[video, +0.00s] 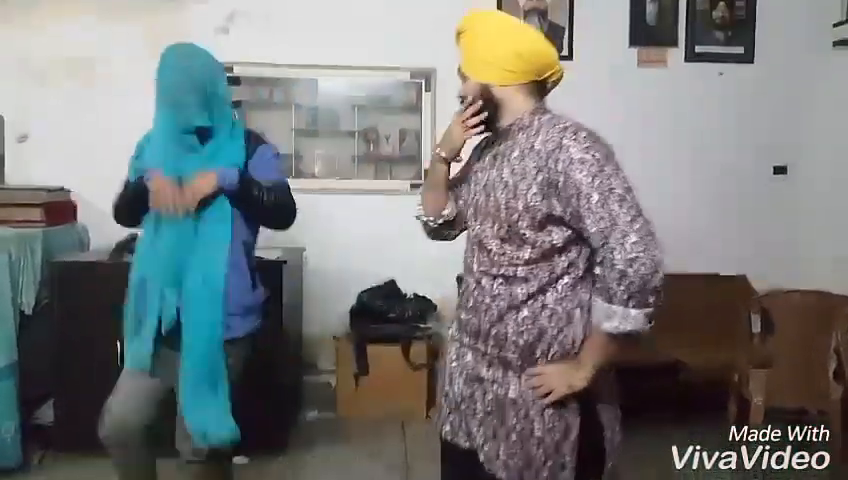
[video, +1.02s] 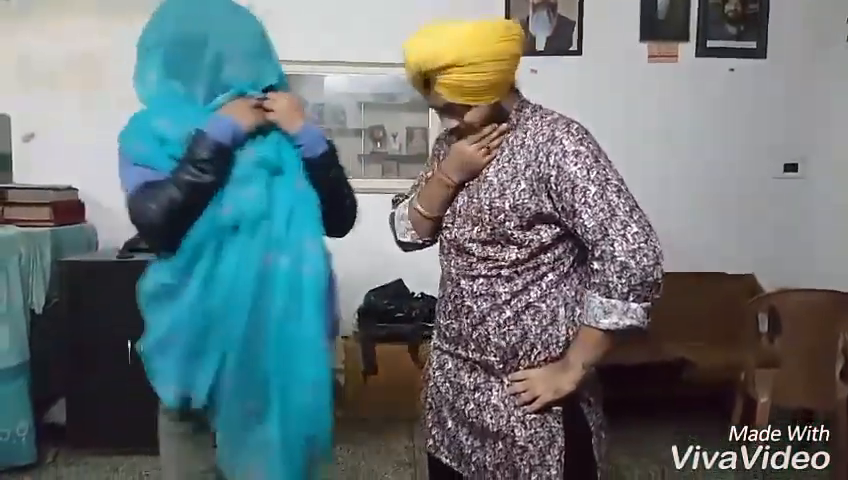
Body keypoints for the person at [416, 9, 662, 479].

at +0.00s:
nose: (459, 81)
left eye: (464, 70)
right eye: (461, 71)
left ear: (492, 72)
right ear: (509, 74)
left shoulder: (570, 147)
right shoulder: (489, 151)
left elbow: (635, 258)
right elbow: (440, 223)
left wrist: (586, 364)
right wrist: (442, 155)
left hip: (547, 389)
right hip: (473, 380)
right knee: (461, 473)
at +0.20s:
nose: (443, 95)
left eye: (445, 82)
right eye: (442, 84)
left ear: (472, 82)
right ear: (494, 81)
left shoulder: (554, 153)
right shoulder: (460, 156)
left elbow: (620, 263)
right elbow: (414, 231)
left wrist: (569, 371)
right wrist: (432, 163)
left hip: (532, 397)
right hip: (452, 386)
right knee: (446, 472)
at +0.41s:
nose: (428, 97)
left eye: (433, 84)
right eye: (429, 85)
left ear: (467, 85)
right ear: (471, 86)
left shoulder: (546, 157)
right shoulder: (444, 158)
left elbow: (621, 267)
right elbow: (396, 243)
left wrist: (566, 375)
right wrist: (421, 166)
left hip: (519, 401)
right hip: (440, 391)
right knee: (439, 471)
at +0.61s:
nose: (429, 93)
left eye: (435, 76)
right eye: (430, 79)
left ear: (470, 77)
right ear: (477, 78)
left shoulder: (548, 152)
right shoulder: (444, 155)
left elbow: (623, 269)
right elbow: (396, 242)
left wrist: (564, 375)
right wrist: (421, 161)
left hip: (524, 399)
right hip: (439, 389)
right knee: (438, 472)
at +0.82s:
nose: (434, 107)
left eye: (438, 91)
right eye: (429, 93)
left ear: (481, 78)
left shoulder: (553, 146)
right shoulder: (456, 148)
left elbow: (624, 260)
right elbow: (404, 239)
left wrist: (565, 372)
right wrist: (434, 171)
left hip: (528, 397)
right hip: (445, 386)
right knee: (441, 473)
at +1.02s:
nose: (450, 121)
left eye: (459, 108)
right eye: (442, 109)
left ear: (497, 91)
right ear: (435, 99)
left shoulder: (557, 144)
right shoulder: (451, 142)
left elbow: (633, 254)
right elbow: (409, 233)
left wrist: (574, 365)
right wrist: (446, 176)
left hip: (538, 390)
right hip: (454, 378)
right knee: (448, 470)